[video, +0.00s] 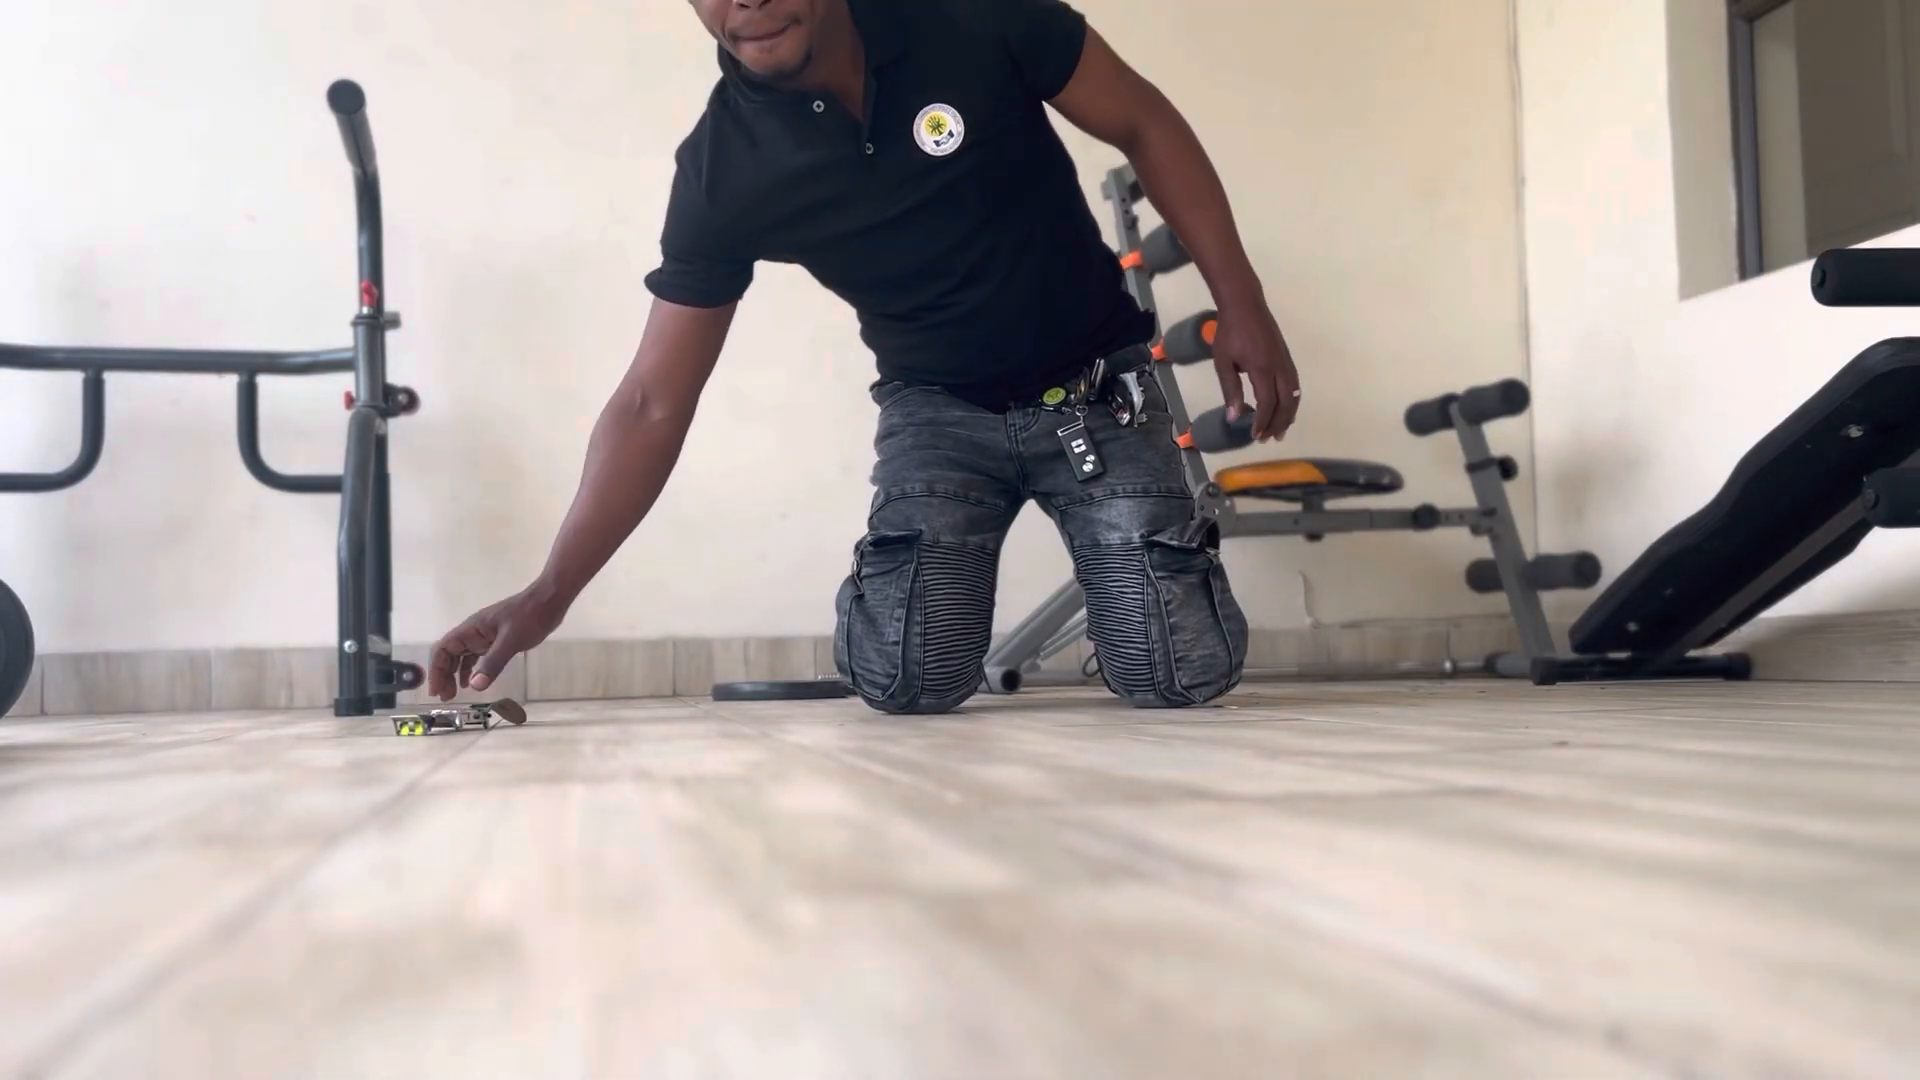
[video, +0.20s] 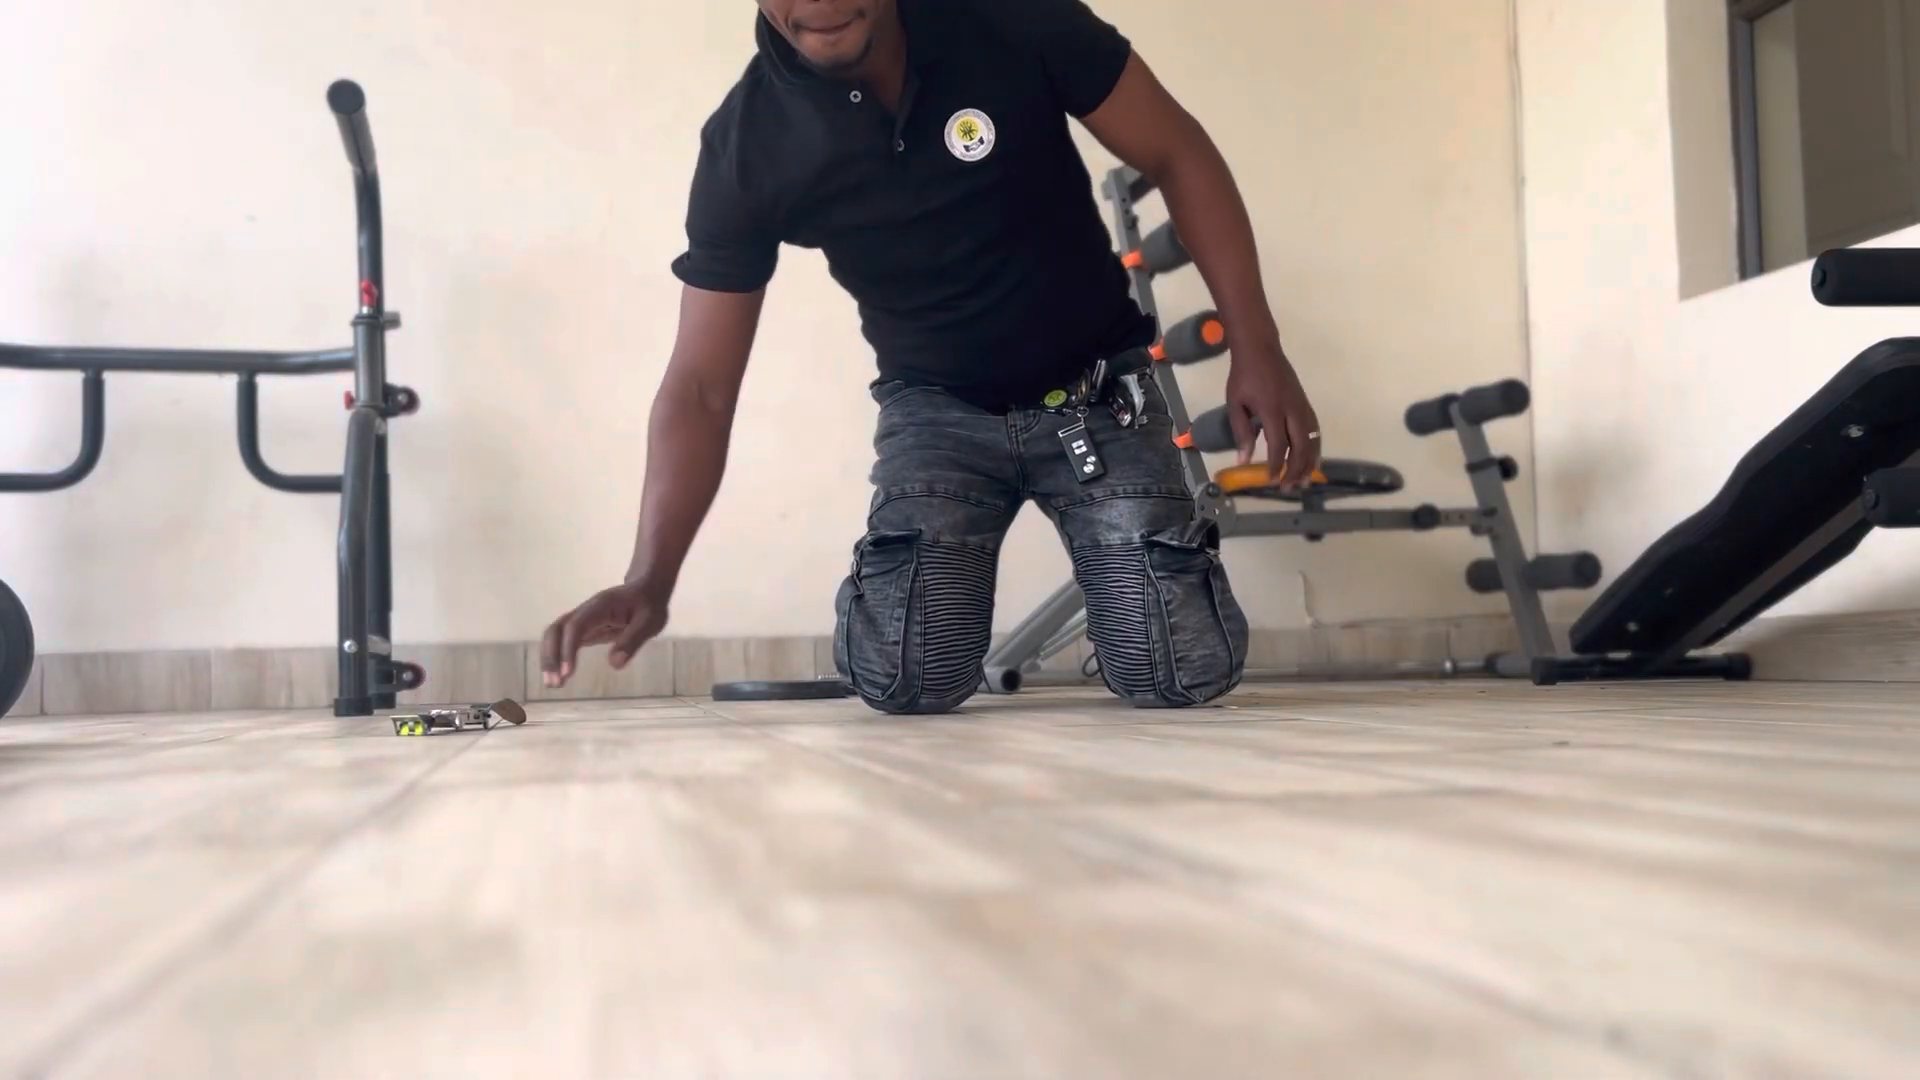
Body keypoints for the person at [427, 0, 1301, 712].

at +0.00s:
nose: (743, 18)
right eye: (716, 4)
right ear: (697, 11)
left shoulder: (975, 22)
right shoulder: (726, 166)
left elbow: (1144, 122)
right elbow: (646, 409)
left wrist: (1244, 313)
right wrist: (546, 595)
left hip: (1101, 381)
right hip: (936, 408)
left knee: (1185, 670)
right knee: (904, 673)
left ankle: (1122, 608)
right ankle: (953, 631)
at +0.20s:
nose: (810, 1)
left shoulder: (1010, 21)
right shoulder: (750, 145)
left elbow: (1176, 151)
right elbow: (698, 387)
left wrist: (1255, 344)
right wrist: (647, 583)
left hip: (1099, 390)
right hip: (935, 413)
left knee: (1187, 669)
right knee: (906, 675)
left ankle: (1136, 618)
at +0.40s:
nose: (873, 11)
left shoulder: (1050, 29)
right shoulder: (780, 130)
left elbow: (1213, 192)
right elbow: (738, 374)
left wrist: (1274, 398)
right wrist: (744, 572)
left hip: (1102, 396)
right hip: (935, 414)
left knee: (1177, 670)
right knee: (909, 673)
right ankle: (891, 601)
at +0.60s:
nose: (959, 50)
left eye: (991, 15)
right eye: (926, 16)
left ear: (1035, 2)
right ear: (877, 9)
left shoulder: (1118, 60)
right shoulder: (831, 132)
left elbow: (1259, 264)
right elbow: (810, 377)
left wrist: (1297, 474)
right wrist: (838, 584)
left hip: (1109, 402)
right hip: (939, 414)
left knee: (1182, 675)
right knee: (912, 686)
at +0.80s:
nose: (1045, 183)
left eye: (1077, 151)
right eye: (1012, 151)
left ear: (1119, 90)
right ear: (938, 84)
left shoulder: (1194, 129)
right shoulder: (873, 161)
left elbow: (1334, 361)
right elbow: (849, 424)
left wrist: (1364, 594)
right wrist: (866, 672)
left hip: (1114, 400)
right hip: (943, 408)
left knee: (1177, 676)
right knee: (916, 680)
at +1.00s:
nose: (1112, 214)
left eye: (1141, 181)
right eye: (1076, 180)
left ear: (1182, 104)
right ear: (991, 107)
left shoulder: (1251, 153)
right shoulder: (906, 148)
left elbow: (1366, 405)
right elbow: (851, 419)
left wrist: (1395, 660)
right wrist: (863, 675)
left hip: (1138, 392)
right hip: (956, 393)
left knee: (1179, 679)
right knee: (909, 684)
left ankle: (1194, 583)